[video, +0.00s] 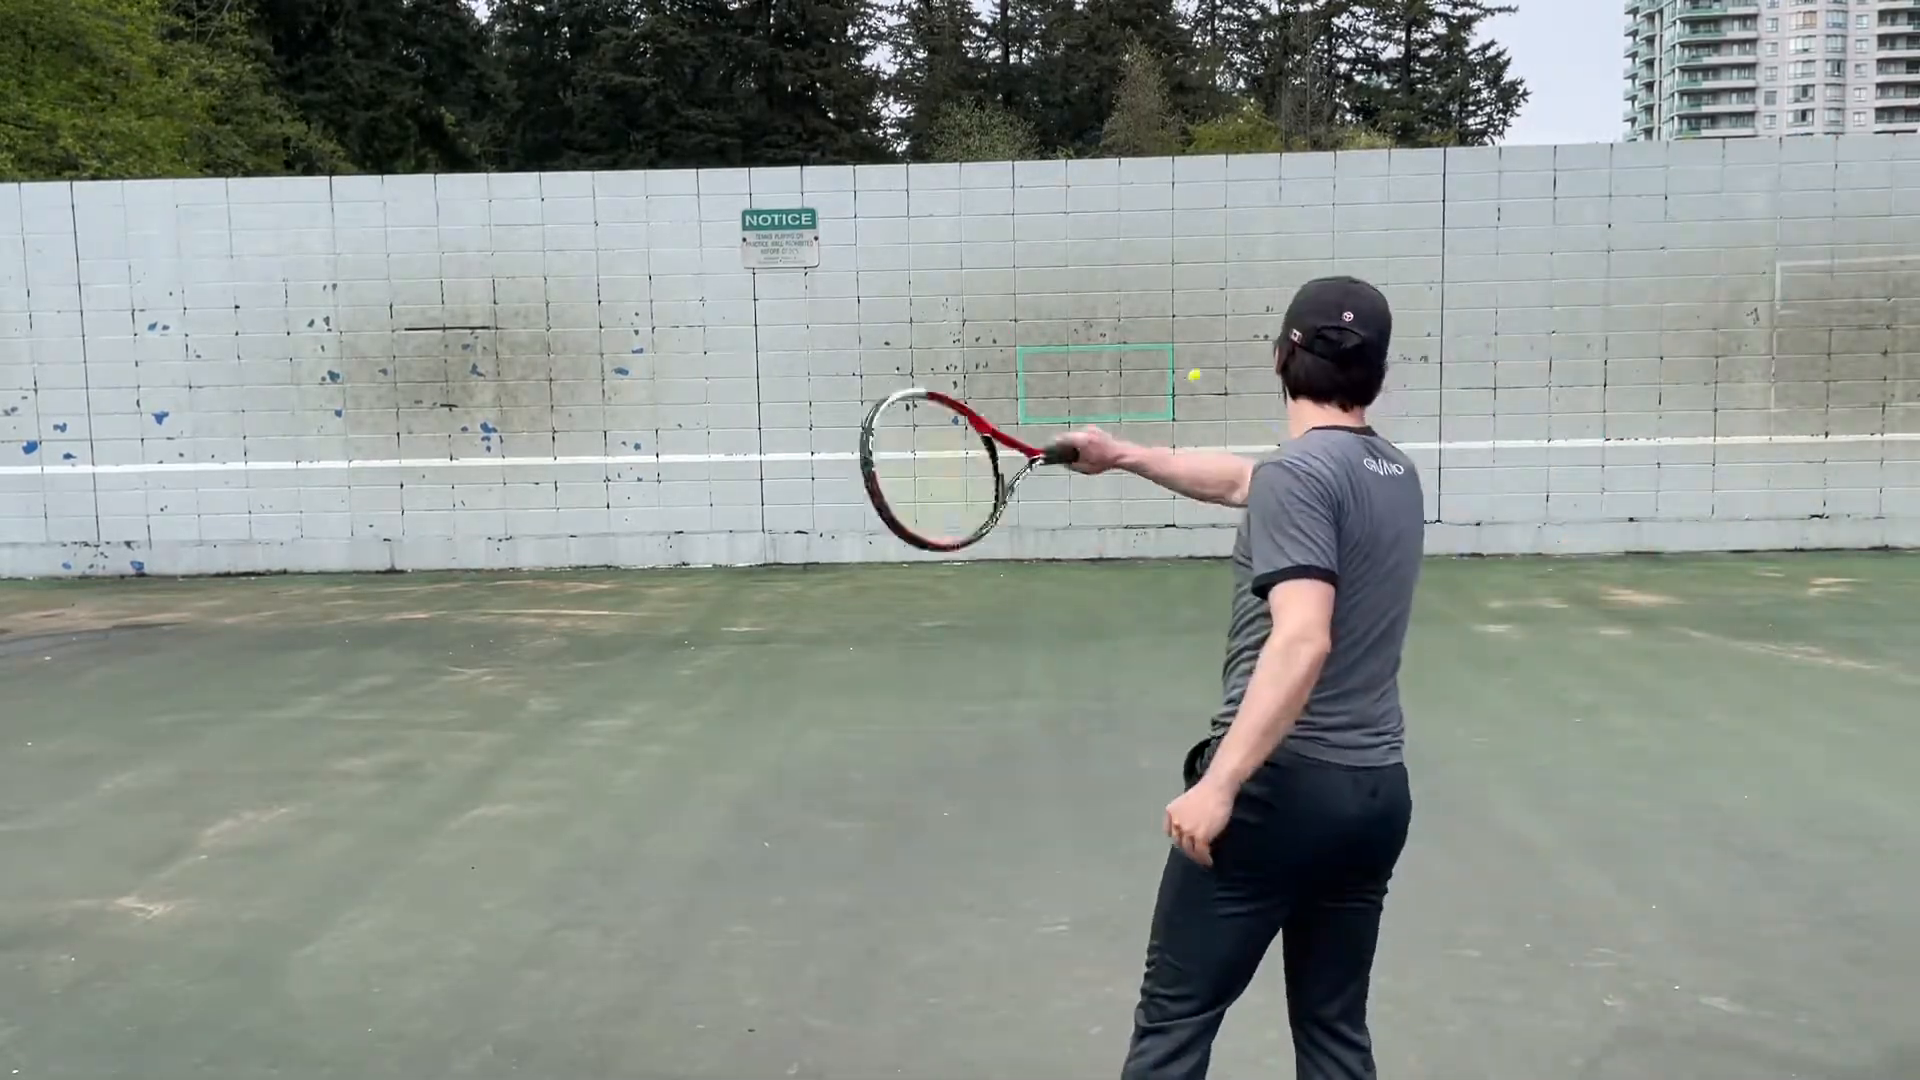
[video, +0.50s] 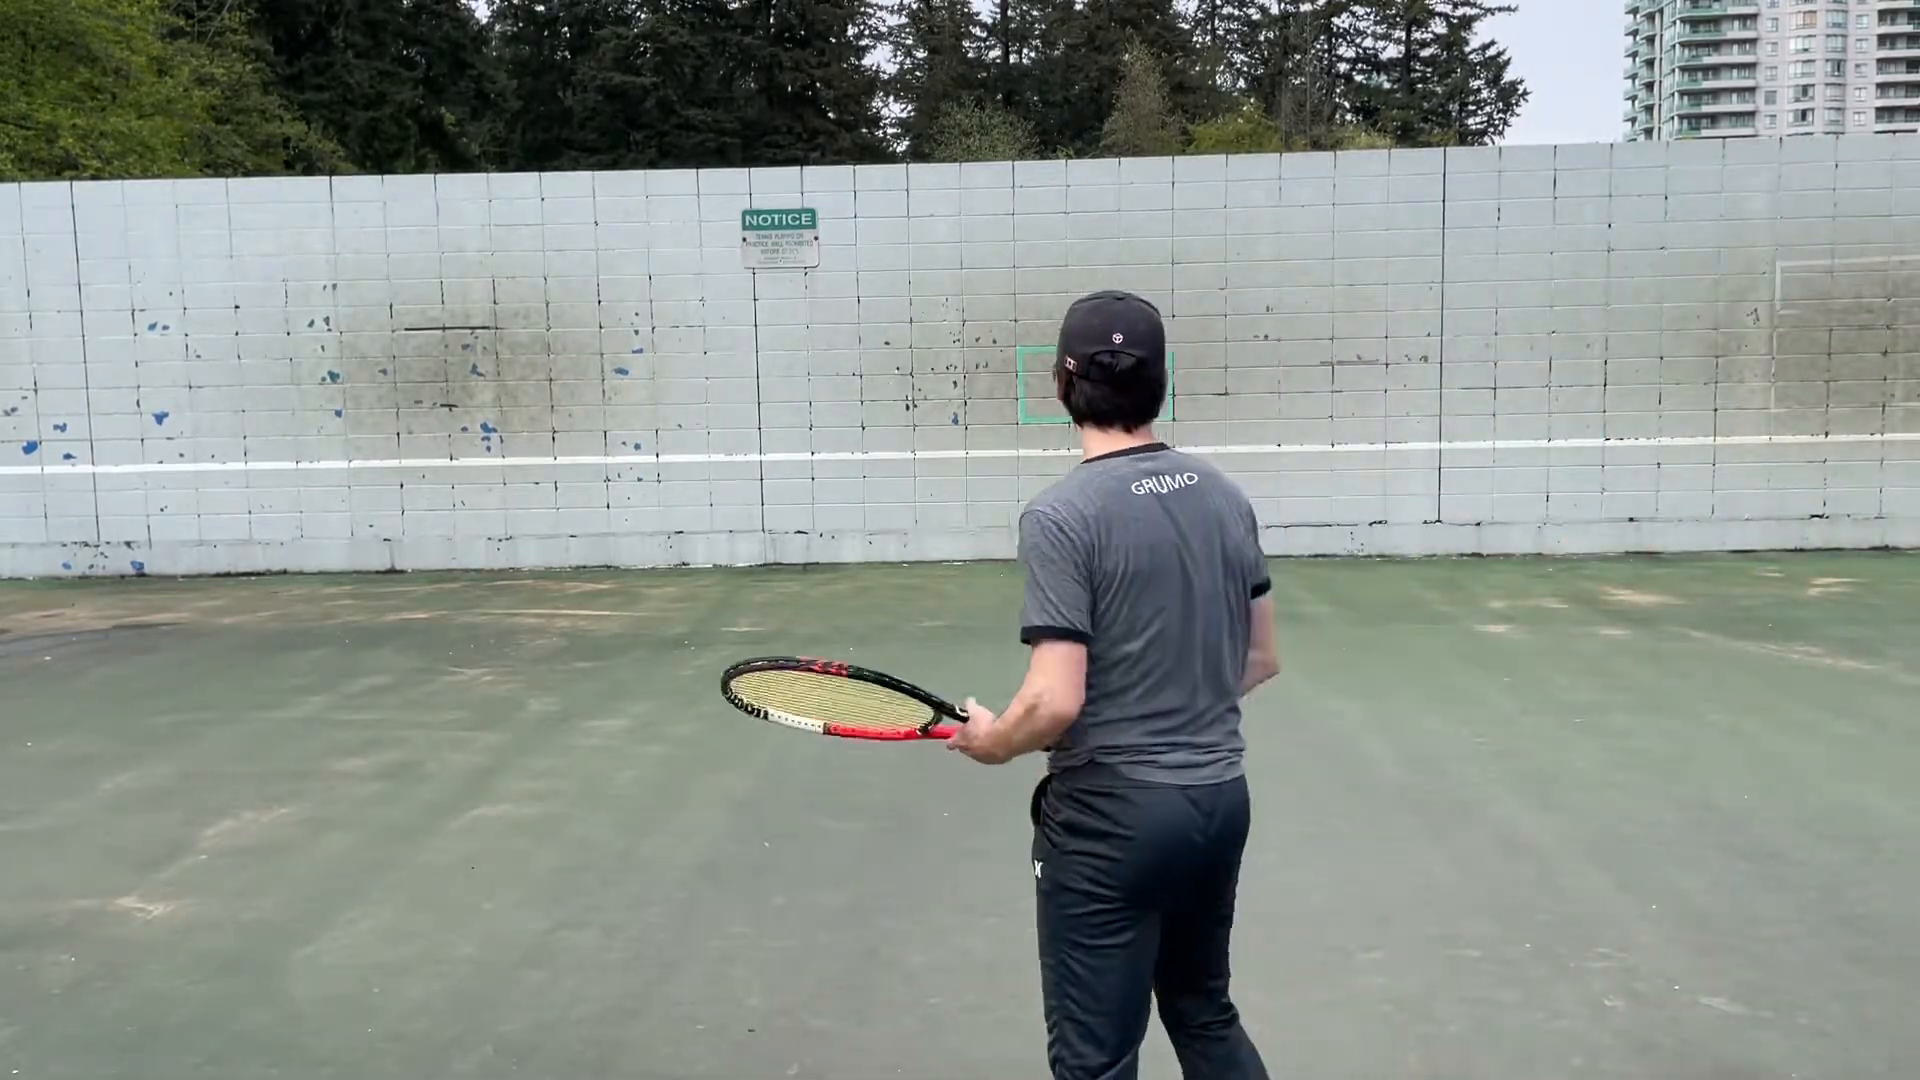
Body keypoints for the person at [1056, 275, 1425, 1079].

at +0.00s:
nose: (1277, 352)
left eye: (1280, 343)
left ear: (1285, 357)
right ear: (1379, 372)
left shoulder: (1295, 474)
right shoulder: (1393, 471)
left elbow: (1302, 639)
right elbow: (1249, 477)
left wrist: (1219, 783)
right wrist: (1123, 454)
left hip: (1272, 790)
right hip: (1372, 791)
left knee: (1173, 1023)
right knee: (1335, 1025)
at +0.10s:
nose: (1245, 354)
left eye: (1248, 343)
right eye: (1258, 342)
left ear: (1253, 358)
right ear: (1349, 366)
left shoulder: (1275, 480)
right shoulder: (1371, 468)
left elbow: (1287, 654)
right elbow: (1217, 499)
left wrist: (1185, 773)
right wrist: (1093, 508)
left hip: (1262, 791)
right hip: (1361, 790)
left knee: (1163, 1020)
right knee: (1331, 1029)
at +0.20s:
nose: (1209, 355)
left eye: (1213, 345)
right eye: (1218, 344)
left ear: (1216, 362)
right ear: (1312, 366)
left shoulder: (1235, 490)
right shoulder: (1341, 470)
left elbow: (1256, 662)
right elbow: (1211, 546)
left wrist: (1147, 756)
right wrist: (1091, 590)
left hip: (1235, 798)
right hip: (1340, 791)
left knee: (1149, 1031)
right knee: (1322, 1032)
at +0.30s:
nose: (1158, 364)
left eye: (1161, 353)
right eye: (1166, 351)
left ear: (1168, 370)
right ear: (1264, 374)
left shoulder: (1183, 502)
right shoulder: (1301, 482)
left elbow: (1211, 676)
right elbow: (1236, 614)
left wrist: (1111, 751)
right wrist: (1114, 668)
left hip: (1195, 811)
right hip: (1302, 800)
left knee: (1137, 1048)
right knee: (1303, 1037)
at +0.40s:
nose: (1107, 372)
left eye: (1110, 362)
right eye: (1116, 360)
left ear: (1114, 381)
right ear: (1209, 384)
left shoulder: (1120, 511)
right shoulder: (1260, 498)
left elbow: (1142, 689)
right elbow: (1248, 657)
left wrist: (1048, 752)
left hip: (1147, 817)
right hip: (1254, 809)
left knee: (1115, 1058)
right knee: (1266, 1041)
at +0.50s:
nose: (1058, 373)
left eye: (1061, 365)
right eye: (1064, 363)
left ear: (1066, 385)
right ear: (1158, 382)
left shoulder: (1064, 514)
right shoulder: (1221, 496)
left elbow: (1056, 699)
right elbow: (1259, 660)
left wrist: (997, 739)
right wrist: (1171, 694)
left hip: (1109, 817)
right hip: (1216, 805)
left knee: (1091, 1056)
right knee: (1204, 1013)